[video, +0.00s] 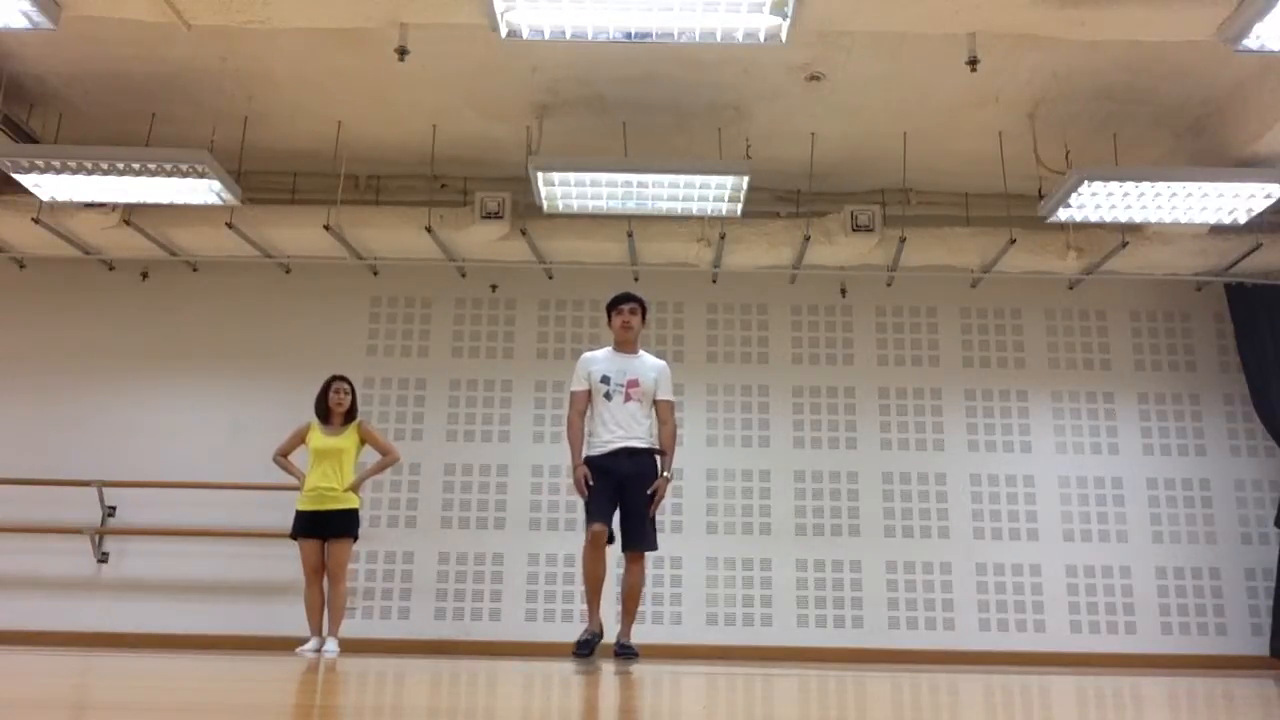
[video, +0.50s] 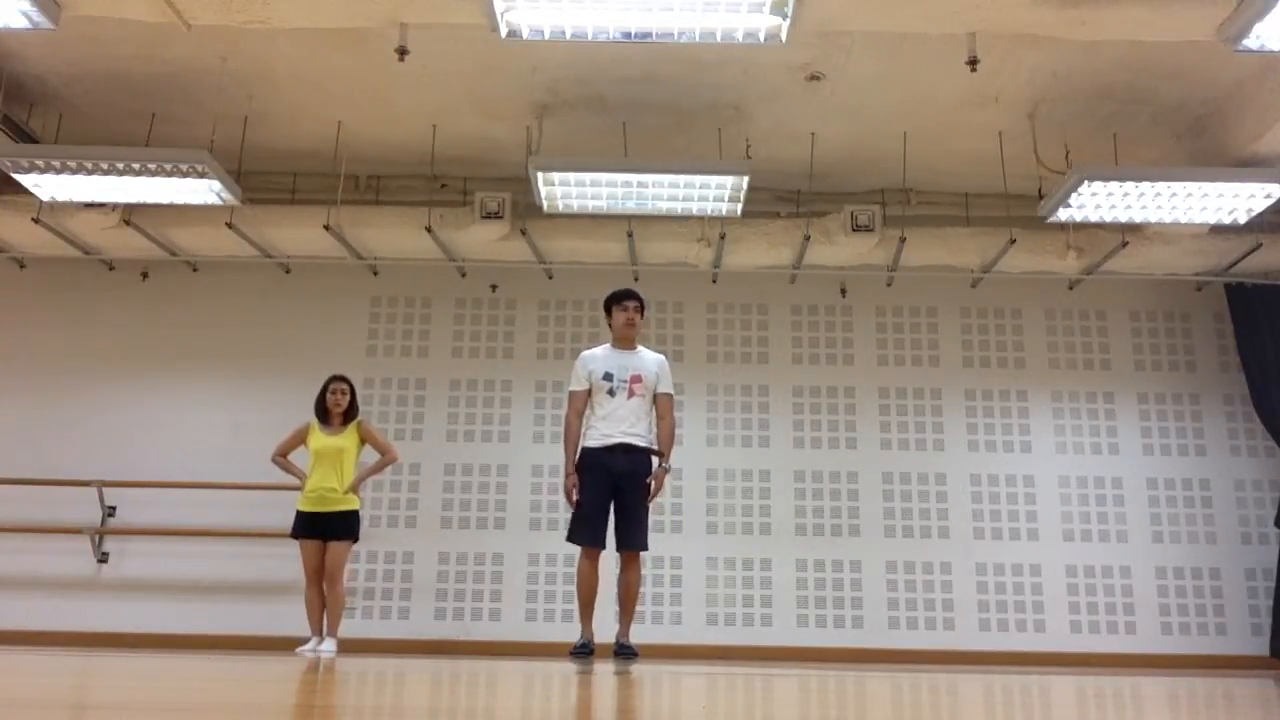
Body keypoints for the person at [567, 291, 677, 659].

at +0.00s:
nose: (626, 319)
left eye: (633, 314)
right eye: (620, 314)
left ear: (643, 322)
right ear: (610, 321)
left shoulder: (657, 368)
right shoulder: (590, 362)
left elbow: (667, 422)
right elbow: (576, 415)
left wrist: (665, 474)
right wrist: (577, 461)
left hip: (641, 463)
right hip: (600, 462)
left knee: (635, 551)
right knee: (596, 535)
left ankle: (624, 636)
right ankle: (593, 624)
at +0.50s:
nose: (631, 316)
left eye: (636, 311)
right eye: (624, 311)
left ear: (642, 319)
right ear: (609, 318)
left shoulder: (656, 363)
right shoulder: (589, 360)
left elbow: (666, 417)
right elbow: (574, 416)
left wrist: (663, 465)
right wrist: (569, 469)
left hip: (636, 461)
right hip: (594, 460)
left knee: (631, 552)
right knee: (590, 549)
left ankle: (624, 636)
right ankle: (586, 634)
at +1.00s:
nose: (643, 322)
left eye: (646, 317)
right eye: (636, 316)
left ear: (647, 324)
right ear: (616, 320)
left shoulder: (658, 367)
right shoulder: (591, 362)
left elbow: (666, 422)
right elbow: (578, 416)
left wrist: (664, 473)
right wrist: (582, 464)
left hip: (642, 462)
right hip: (601, 461)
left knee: (635, 550)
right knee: (599, 534)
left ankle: (624, 637)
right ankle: (590, 626)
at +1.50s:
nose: (616, 323)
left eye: (623, 317)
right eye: (610, 318)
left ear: (636, 321)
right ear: (603, 324)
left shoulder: (654, 365)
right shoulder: (588, 363)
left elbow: (665, 420)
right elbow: (574, 416)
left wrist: (660, 470)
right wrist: (568, 467)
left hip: (635, 462)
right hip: (592, 461)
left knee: (631, 551)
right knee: (579, 537)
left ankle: (624, 636)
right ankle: (584, 626)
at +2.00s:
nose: (566, 318)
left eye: (571, 311)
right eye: (563, 314)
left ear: (592, 313)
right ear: (563, 319)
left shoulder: (623, 357)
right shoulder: (555, 360)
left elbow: (636, 413)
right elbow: (543, 416)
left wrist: (635, 464)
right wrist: (534, 470)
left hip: (601, 460)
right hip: (558, 459)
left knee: (609, 552)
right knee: (542, 546)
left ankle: (620, 636)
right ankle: (529, 634)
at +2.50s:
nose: (525, 315)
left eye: (529, 306)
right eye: (526, 307)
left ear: (549, 308)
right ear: (543, 310)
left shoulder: (586, 347)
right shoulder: (528, 358)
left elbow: (593, 405)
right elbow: (515, 411)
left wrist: (572, 454)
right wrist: (501, 457)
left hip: (568, 453)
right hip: (527, 455)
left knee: (584, 540)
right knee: (527, 545)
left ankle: (607, 625)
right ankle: (528, 634)